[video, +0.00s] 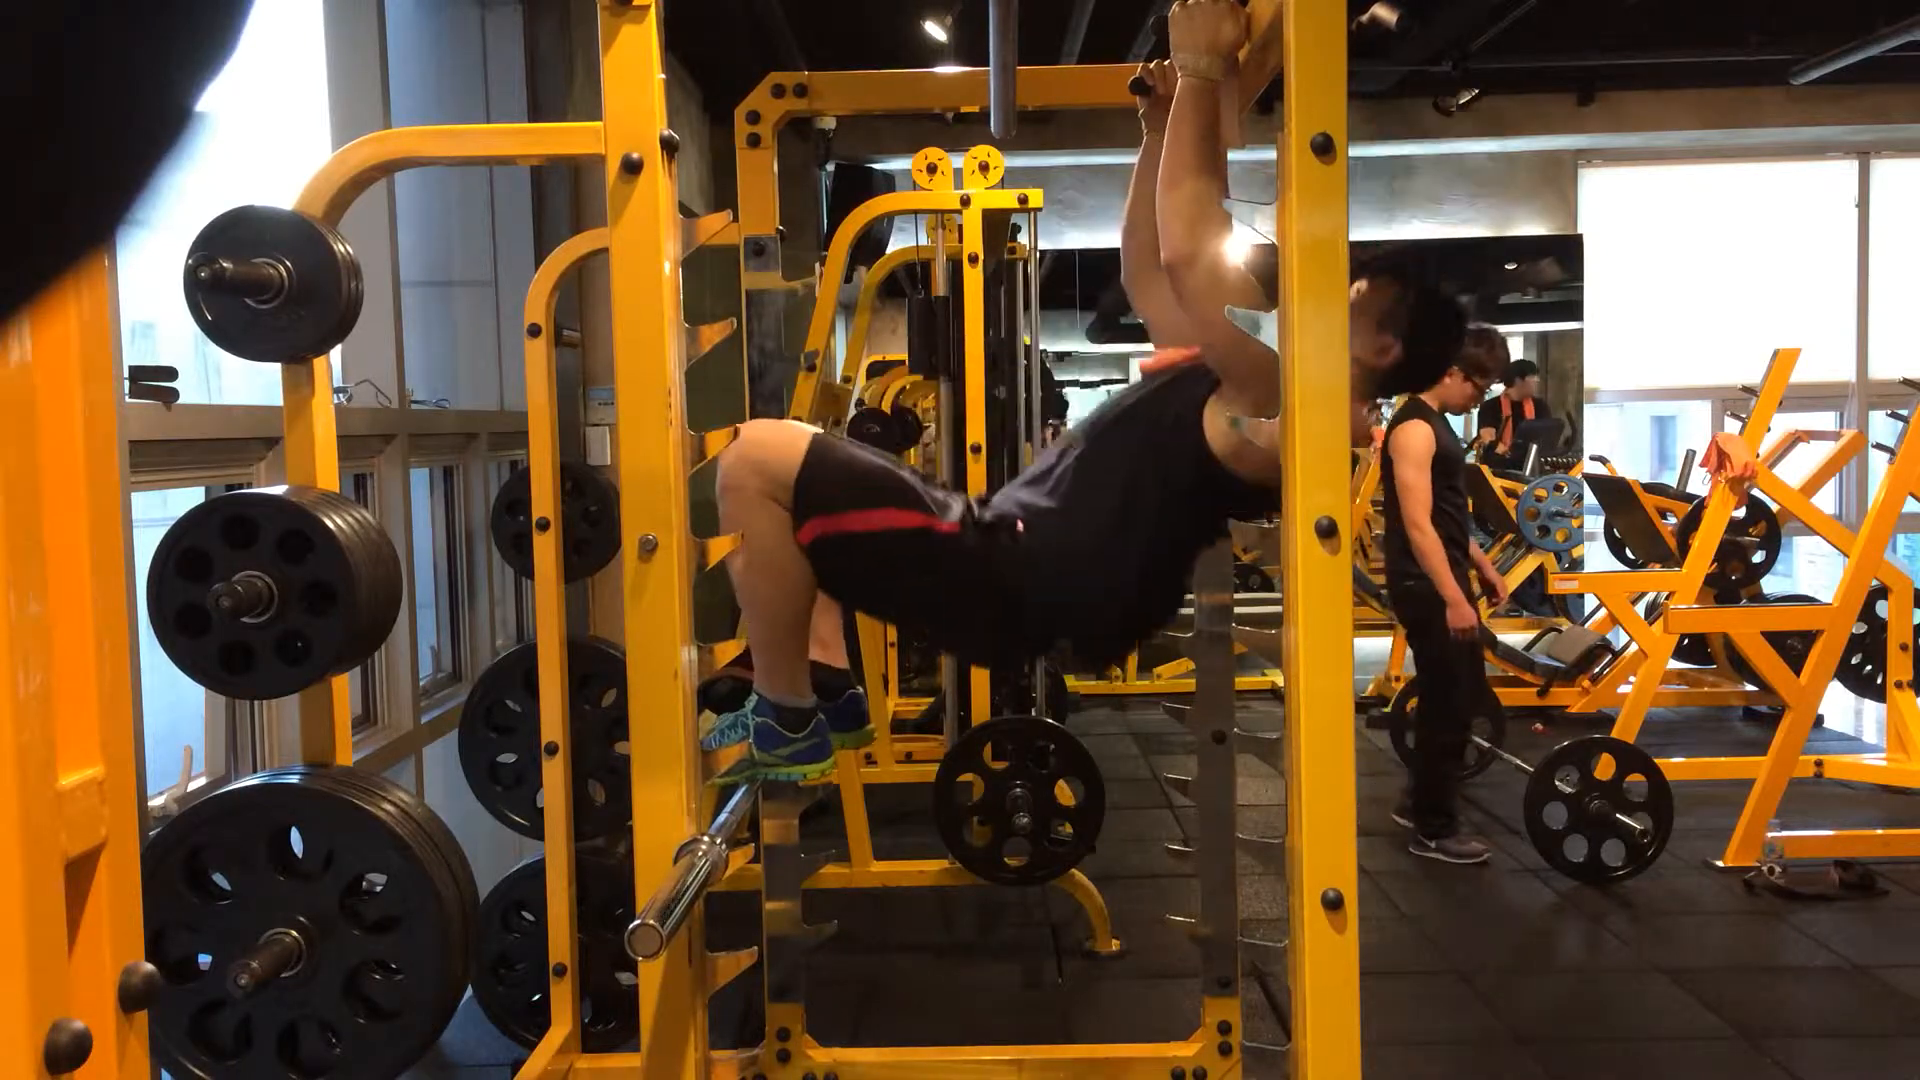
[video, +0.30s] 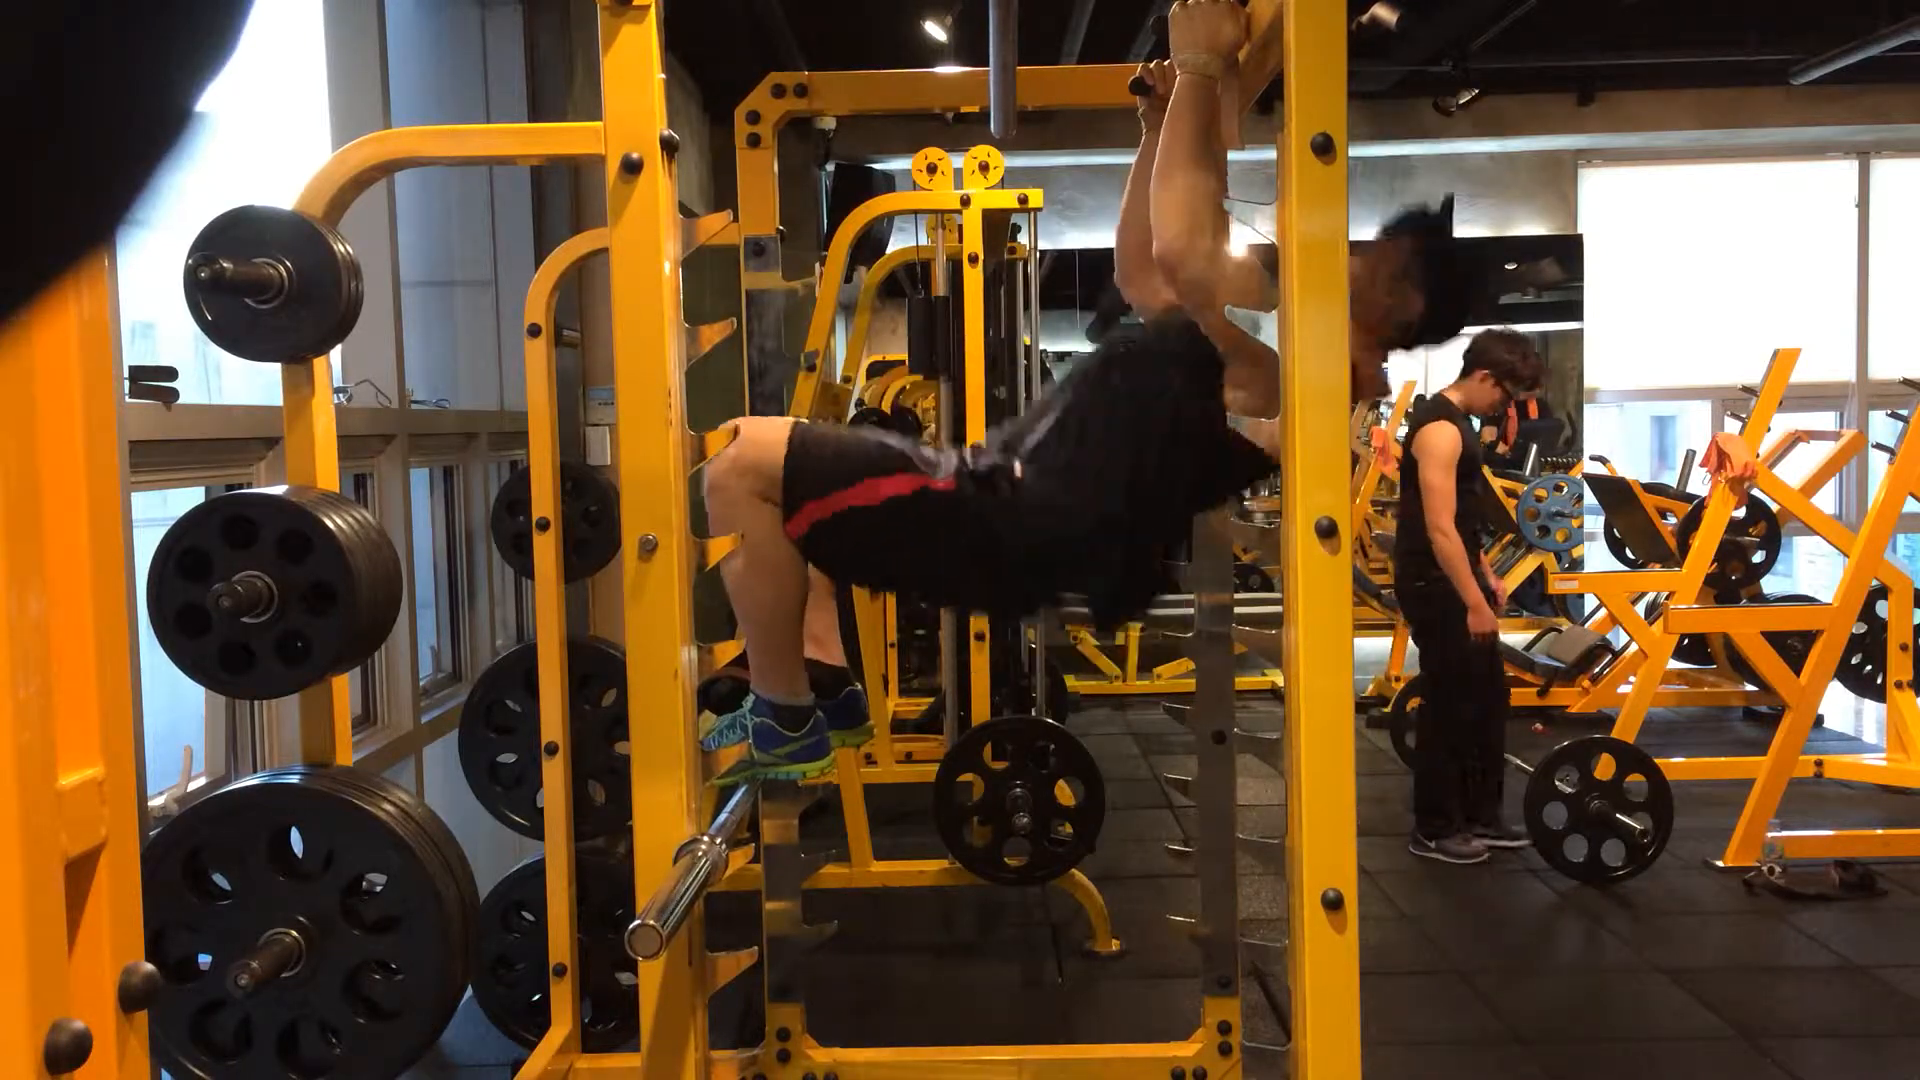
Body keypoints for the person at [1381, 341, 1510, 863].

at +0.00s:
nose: (1478, 400)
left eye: (1483, 391)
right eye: (1477, 388)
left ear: (1454, 376)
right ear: (1452, 374)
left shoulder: (1434, 425)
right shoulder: (1414, 429)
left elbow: (1446, 514)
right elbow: (1416, 524)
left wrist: (1483, 566)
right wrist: (1453, 598)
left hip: (1441, 581)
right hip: (1425, 586)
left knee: (1456, 693)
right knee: (1448, 699)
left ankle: (1421, 799)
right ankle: (1434, 828)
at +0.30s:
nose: (1502, 407)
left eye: (1508, 399)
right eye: (1504, 396)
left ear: (1481, 379)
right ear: (1482, 377)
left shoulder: (1456, 424)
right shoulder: (1440, 429)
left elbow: (1458, 521)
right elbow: (1439, 530)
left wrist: (1486, 575)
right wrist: (1474, 603)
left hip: (1456, 581)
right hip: (1434, 584)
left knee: (1488, 695)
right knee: (1453, 700)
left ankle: (1478, 818)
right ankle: (1436, 828)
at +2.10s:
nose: (1672, 533)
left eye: (1681, 531)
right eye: (1681, 528)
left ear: (1676, 478)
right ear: (1681, 505)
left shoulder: (1617, 447)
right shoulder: (1622, 531)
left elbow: (1623, 538)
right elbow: (1601, 633)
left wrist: (1653, 591)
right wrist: (1606, 720)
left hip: (1463, 548)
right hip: (1491, 576)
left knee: (1441, 673)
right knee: (1497, 708)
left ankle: (1382, 774)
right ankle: (1492, 839)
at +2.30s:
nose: (1666, 530)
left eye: (1673, 526)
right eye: (1675, 524)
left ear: (1672, 474)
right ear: (1675, 503)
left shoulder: (1608, 444)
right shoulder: (1614, 527)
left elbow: (1618, 531)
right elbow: (1594, 629)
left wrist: (1651, 590)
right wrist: (1602, 713)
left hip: (1460, 549)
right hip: (1488, 575)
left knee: (1442, 680)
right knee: (1495, 708)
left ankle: (1395, 787)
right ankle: (1492, 839)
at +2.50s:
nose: (1659, 524)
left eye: (1666, 522)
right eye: (1667, 519)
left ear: (1655, 467)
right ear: (1667, 494)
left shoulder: (1599, 443)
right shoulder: (1609, 520)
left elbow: (1615, 529)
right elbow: (1592, 625)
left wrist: (1649, 588)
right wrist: (1602, 709)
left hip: (1453, 556)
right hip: (1482, 579)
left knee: (1450, 686)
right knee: (1493, 708)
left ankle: (1406, 793)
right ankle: (1491, 838)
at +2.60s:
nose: (1659, 524)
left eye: (1666, 522)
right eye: (1666, 519)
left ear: (1650, 466)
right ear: (1666, 497)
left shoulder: (1596, 444)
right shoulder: (1608, 525)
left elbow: (1614, 531)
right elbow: (1592, 627)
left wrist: (1648, 587)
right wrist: (1603, 712)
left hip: (1452, 555)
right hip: (1480, 579)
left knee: (1447, 686)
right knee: (1490, 708)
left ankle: (1404, 793)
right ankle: (1490, 838)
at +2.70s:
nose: (1659, 529)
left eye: (1666, 526)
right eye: (1667, 524)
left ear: (1650, 468)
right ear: (1666, 501)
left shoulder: (1597, 446)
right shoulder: (1608, 529)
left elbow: (1613, 532)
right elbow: (1592, 632)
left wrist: (1650, 589)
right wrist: (1599, 718)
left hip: (1450, 554)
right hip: (1478, 579)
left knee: (1444, 685)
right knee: (1490, 708)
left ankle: (1403, 792)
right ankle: (1490, 838)